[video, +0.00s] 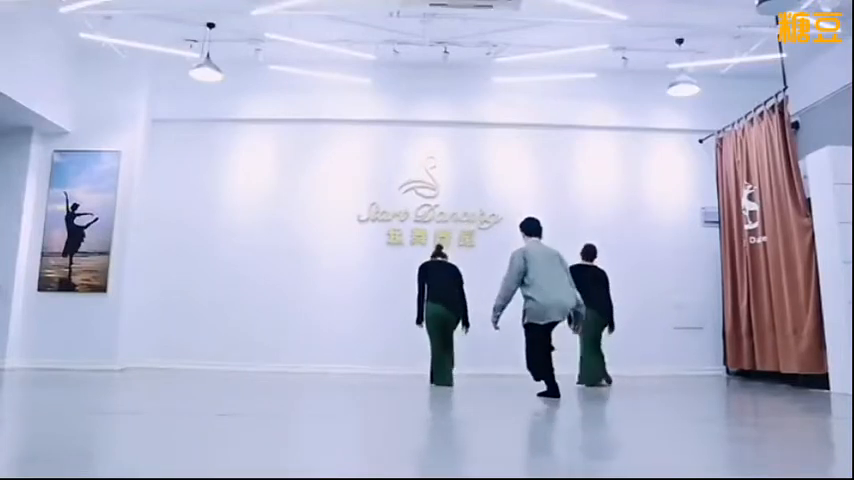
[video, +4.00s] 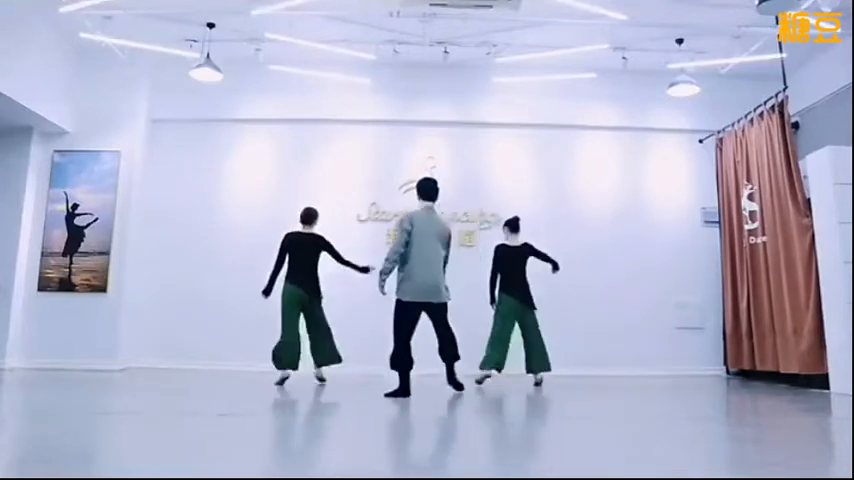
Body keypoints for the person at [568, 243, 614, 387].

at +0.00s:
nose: (587, 257)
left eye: (585, 253)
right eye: (592, 254)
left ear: (581, 254)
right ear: (596, 256)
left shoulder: (573, 270)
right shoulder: (600, 273)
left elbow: (568, 293)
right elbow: (607, 299)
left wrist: (569, 314)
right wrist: (610, 320)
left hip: (582, 313)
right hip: (599, 315)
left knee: (586, 345)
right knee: (595, 344)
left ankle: (585, 376)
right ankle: (599, 374)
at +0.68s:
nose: (566, 246)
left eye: (565, 243)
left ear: (565, 242)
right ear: (576, 241)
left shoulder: (563, 252)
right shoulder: (589, 253)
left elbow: (561, 277)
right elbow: (595, 281)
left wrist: (561, 299)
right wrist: (596, 303)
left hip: (574, 294)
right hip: (591, 296)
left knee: (581, 332)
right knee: (582, 333)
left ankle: (594, 369)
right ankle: (573, 370)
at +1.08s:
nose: (557, 231)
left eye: (558, 229)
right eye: (559, 229)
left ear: (559, 229)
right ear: (572, 230)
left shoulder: (555, 248)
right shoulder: (579, 249)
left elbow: (550, 273)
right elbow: (584, 276)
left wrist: (549, 294)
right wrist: (586, 298)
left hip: (561, 292)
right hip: (577, 293)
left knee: (564, 330)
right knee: (577, 330)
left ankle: (567, 369)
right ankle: (578, 366)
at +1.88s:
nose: (546, 230)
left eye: (545, 227)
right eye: (550, 227)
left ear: (542, 228)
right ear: (556, 229)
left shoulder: (535, 248)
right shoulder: (561, 249)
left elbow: (531, 273)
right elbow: (566, 275)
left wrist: (529, 293)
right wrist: (568, 296)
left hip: (541, 292)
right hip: (558, 293)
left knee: (544, 330)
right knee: (556, 330)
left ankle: (550, 367)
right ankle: (552, 367)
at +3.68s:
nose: (522, 234)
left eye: (522, 232)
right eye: (525, 232)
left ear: (521, 234)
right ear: (536, 234)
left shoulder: (515, 254)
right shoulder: (542, 255)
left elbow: (511, 280)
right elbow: (548, 281)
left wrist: (511, 302)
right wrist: (551, 302)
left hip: (522, 299)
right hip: (540, 299)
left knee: (526, 335)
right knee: (542, 334)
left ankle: (537, 369)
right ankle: (542, 371)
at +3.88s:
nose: (512, 239)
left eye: (512, 236)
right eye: (515, 236)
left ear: (514, 238)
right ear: (527, 239)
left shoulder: (508, 259)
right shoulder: (534, 258)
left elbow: (505, 285)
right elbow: (547, 277)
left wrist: (504, 306)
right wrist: (559, 293)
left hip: (518, 303)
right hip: (535, 303)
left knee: (513, 337)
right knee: (538, 339)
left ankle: (513, 369)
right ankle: (538, 377)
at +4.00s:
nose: (503, 232)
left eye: (503, 230)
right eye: (504, 229)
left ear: (506, 230)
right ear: (518, 230)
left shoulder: (500, 249)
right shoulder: (525, 248)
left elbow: (494, 274)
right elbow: (542, 256)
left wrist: (492, 295)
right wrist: (553, 263)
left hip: (506, 296)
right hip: (524, 297)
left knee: (499, 332)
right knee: (531, 334)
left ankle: (489, 367)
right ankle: (537, 371)